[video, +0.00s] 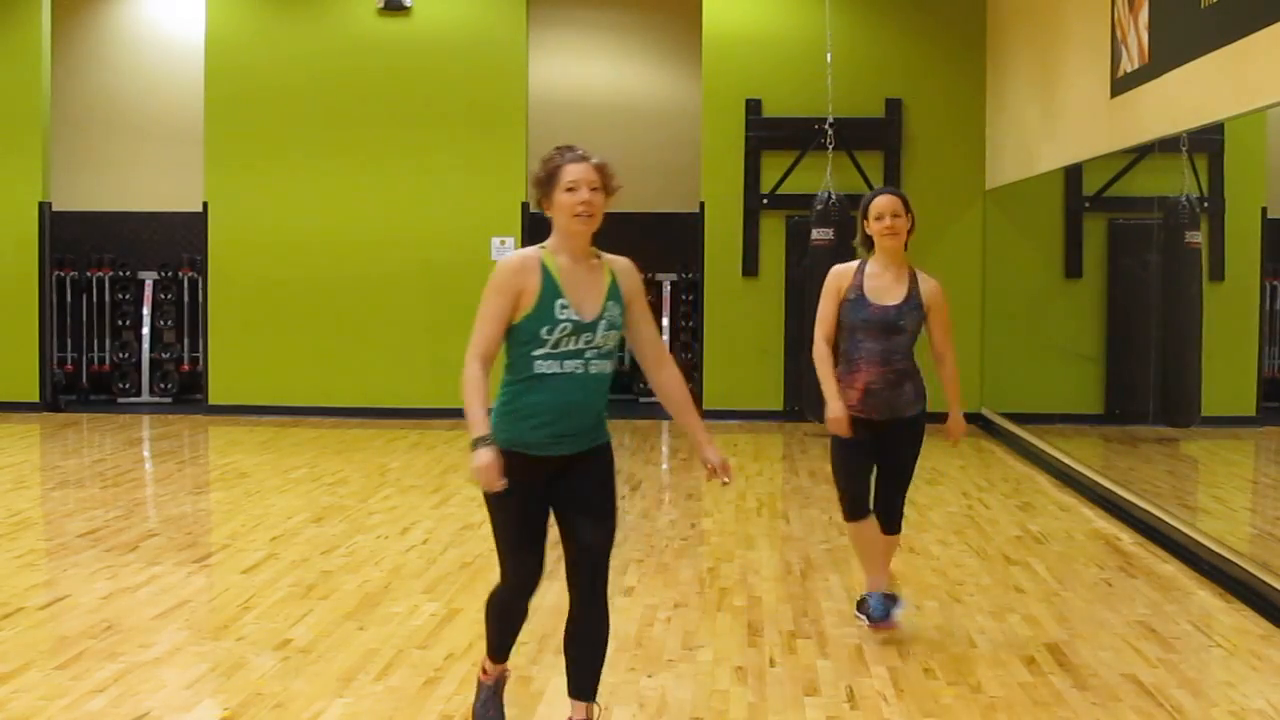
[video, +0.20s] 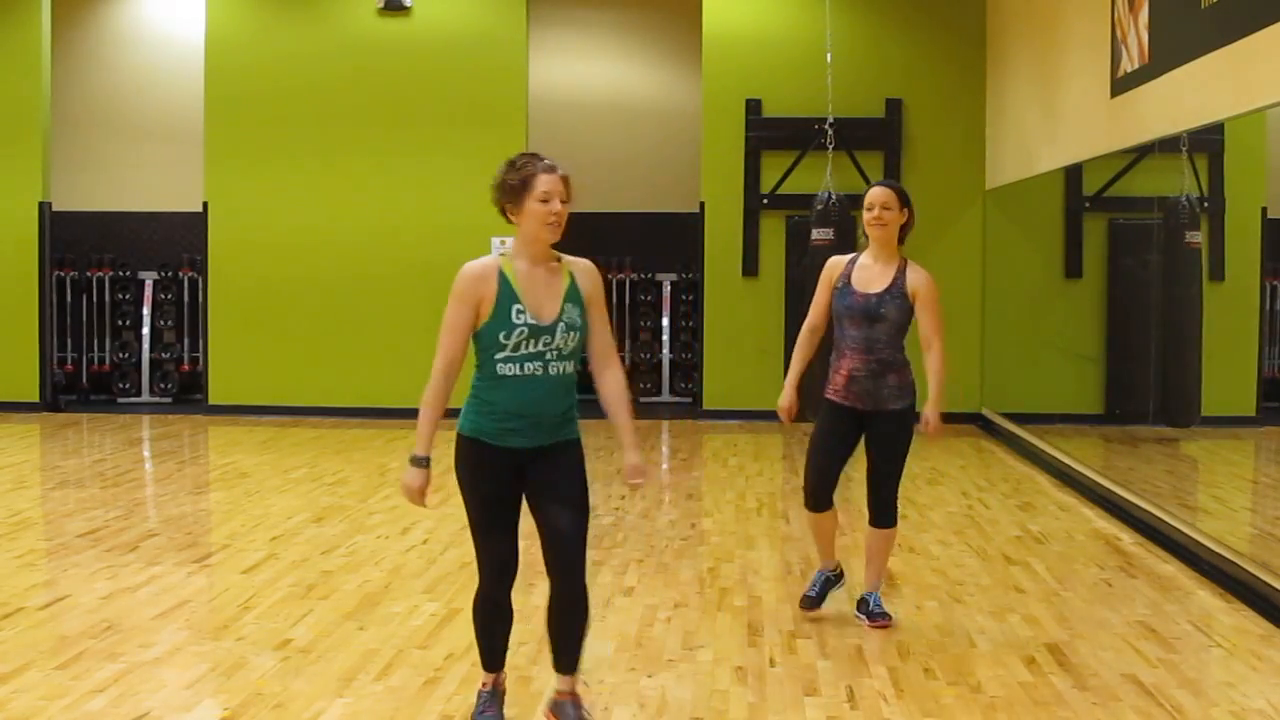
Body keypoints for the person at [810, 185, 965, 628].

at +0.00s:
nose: (889, 223)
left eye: (896, 216)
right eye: (879, 217)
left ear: (909, 223)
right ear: (867, 226)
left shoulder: (927, 288)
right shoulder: (842, 277)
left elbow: (943, 352)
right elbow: (821, 342)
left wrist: (955, 409)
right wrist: (833, 400)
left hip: (903, 414)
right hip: (850, 412)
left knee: (890, 507)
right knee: (853, 504)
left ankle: (876, 591)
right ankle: (879, 589)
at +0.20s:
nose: (875, 214)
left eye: (884, 208)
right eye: (869, 208)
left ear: (904, 217)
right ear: (860, 216)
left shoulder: (916, 279)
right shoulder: (836, 268)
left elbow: (932, 344)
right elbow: (812, 328)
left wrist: (933, 403)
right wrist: (791, 383)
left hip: (892, 404)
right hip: (840, 399)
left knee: (882, 499)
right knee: (815, 486)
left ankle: (871, 592)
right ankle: (828, 569)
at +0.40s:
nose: (868, 216)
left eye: (878, 210)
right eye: (863, 209)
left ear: (897, 220)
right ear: (854, 218)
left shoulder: (907, 278)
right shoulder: (830, 272)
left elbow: (912, 339)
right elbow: (808, 330)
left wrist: (893, 369)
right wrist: (784, 384)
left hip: (876, 403)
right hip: (826, 400)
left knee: (866, 499)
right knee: (827, 494)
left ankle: (868, 592)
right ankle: (832, 583)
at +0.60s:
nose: (863, 217)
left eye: (874, 212)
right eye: (859, 210)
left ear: (891, 221)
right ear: (849, 219)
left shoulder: (903, 277)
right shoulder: (825, 274)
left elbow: (917, 343)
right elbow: (810, 338)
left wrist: (886, 391)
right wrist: (799, 395)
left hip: (874, 400)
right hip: (825, 398)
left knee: (875, 492)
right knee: (828, 493)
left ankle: (887, 585)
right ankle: (832, 582)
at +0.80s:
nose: (867, 219)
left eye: (877, 213)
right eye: (861, 211)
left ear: (895, 222)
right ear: (852, 219)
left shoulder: (910, 281)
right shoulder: (827, 275)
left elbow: (920, 348)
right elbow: (809, 341)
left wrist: (927, 408)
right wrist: (810, 400)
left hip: (888, 405)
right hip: (835, 404)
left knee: (898, 500)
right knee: (833, 496)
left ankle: (912, 596)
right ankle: (832, 581)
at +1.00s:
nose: (881, 219)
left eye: (891, 213)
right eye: (875, 212)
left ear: (908, 223)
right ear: (865, 220)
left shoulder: (925, 281)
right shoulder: (841, 276)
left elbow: (940, 346)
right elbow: (821, 343)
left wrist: (951, 404)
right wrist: (818, 402)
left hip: (915, 406)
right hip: (859, 407)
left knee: (920, 504)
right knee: (852, 502)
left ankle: (921, 602)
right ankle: (837, 585)